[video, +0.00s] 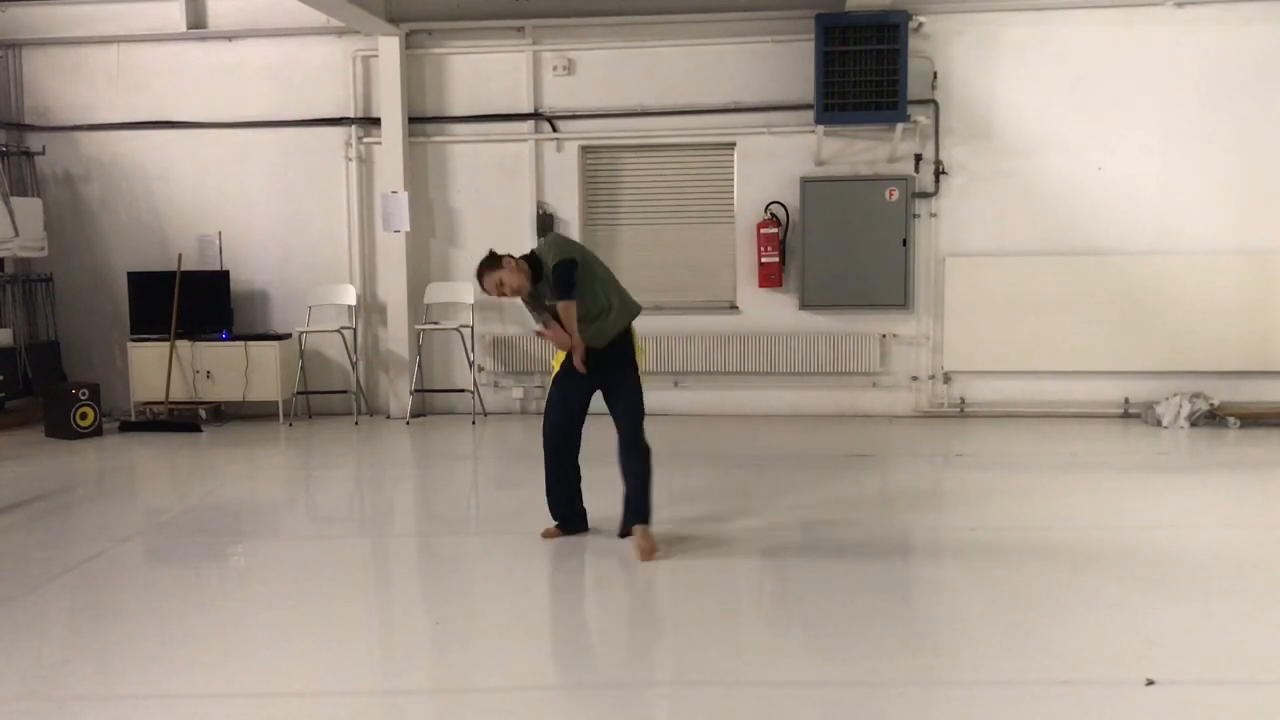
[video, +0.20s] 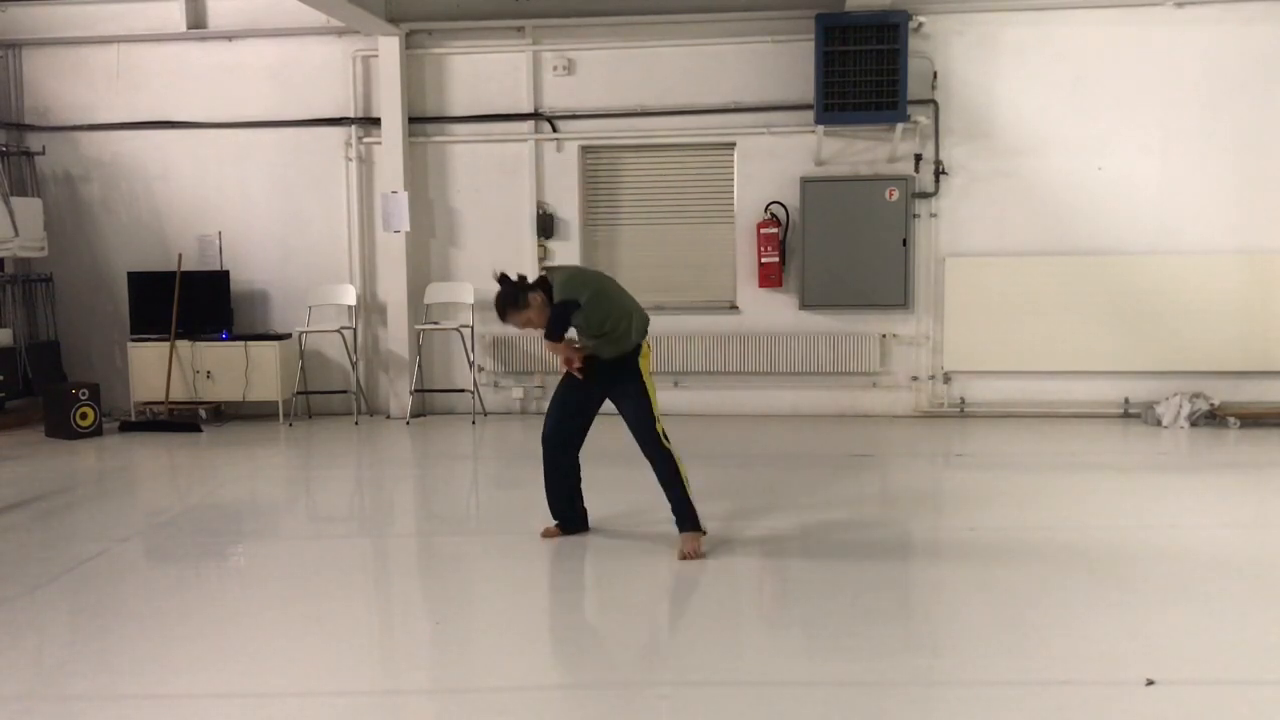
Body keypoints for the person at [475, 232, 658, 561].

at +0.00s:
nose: (507, 292)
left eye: (501, 283)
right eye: (501, 293)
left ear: (510, 262)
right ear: (504, 295)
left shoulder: (553, 248)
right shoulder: (535, 298)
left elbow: (564, 285)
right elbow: (555, 330)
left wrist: (576, 339)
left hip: (615, 342)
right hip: (578, 353)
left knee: (631, 432)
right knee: (557, 433)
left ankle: (638, 523)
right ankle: (571, 519)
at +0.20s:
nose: (530, 328)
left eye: (526, 322)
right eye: (524, 326)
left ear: (534, 299)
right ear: (534, 299)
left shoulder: (567, 286)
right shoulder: (546, 290)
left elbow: (552, 338)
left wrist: (559, 345)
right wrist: (568, 350)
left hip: (627, 355)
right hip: (589, 358)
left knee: (652, 441)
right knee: (556, 439)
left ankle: (689, 526)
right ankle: (572, 520)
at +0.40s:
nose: (567, 352)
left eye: (566, 347)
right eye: (561, 349)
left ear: (577, 328)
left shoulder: (605, 324)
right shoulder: (567, 301)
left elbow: (577, 369)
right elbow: (556, 274)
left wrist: (540, 401)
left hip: (626, 377)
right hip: (589, 376)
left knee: (632, 454)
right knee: (544, 440)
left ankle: (687, 533)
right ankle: (570, 519)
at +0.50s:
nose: (582, 350)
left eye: (585, 345)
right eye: (577, 346)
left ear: (598, 330)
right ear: (568, 314)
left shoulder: (630, 320)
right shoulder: (583, 295)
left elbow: (615, 368)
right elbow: (574, 268)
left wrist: (567, 401)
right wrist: (560, 305)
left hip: (615, 384)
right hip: (584, 373)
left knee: (621, 463)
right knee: (530, 445)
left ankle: (682, 535)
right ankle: (569, 518)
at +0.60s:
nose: (597, 344)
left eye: (606, 341)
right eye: (593, 336)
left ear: (624, 329)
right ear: (589, 316)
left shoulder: (648, 329)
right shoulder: (602, 289)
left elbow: (655, 358)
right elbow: (596, 272)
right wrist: (572, 302)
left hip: (598, 398)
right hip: (567, 380)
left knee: (614, 474)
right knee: (516, 452)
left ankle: (680, 538)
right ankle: (567, 517)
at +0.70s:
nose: (617, 320)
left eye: (625, 322)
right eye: (618, 314)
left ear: (642, 323)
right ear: (622, 302)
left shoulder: (653, 340)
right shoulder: (623, 288)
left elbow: (682, 361)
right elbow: (604, 291)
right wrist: (581, 306)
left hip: (583, 400)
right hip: (555, 380)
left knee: (608, 476)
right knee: (505, 458)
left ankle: (677, 539)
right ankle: (566, 515)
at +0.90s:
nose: (674, 287)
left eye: (681, 296)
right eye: (680, 284)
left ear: (680, 314)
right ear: (673, 280)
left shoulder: (666, 334)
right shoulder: (636, 286)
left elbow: (713, 377)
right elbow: (611, 316)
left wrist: (769, 411)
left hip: (581, 391)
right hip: (552, 371)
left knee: (614, 472)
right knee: (508, 459)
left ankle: (676, 540)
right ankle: (565, 516)